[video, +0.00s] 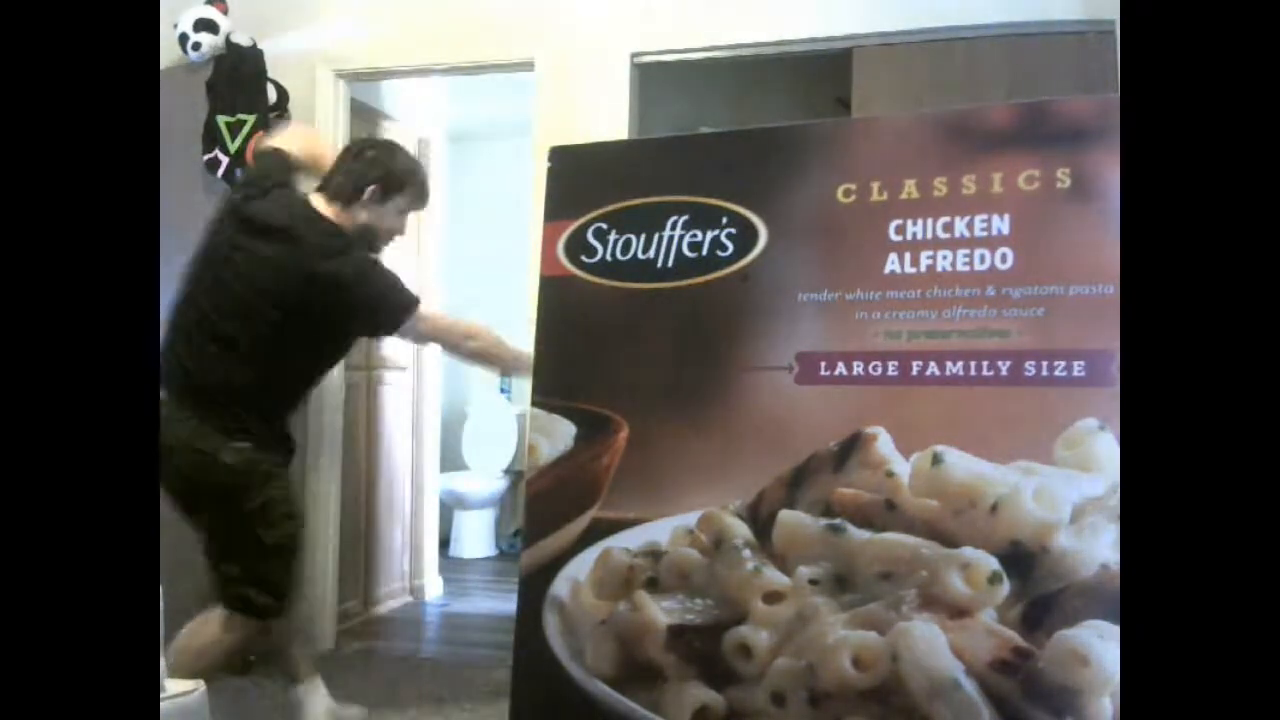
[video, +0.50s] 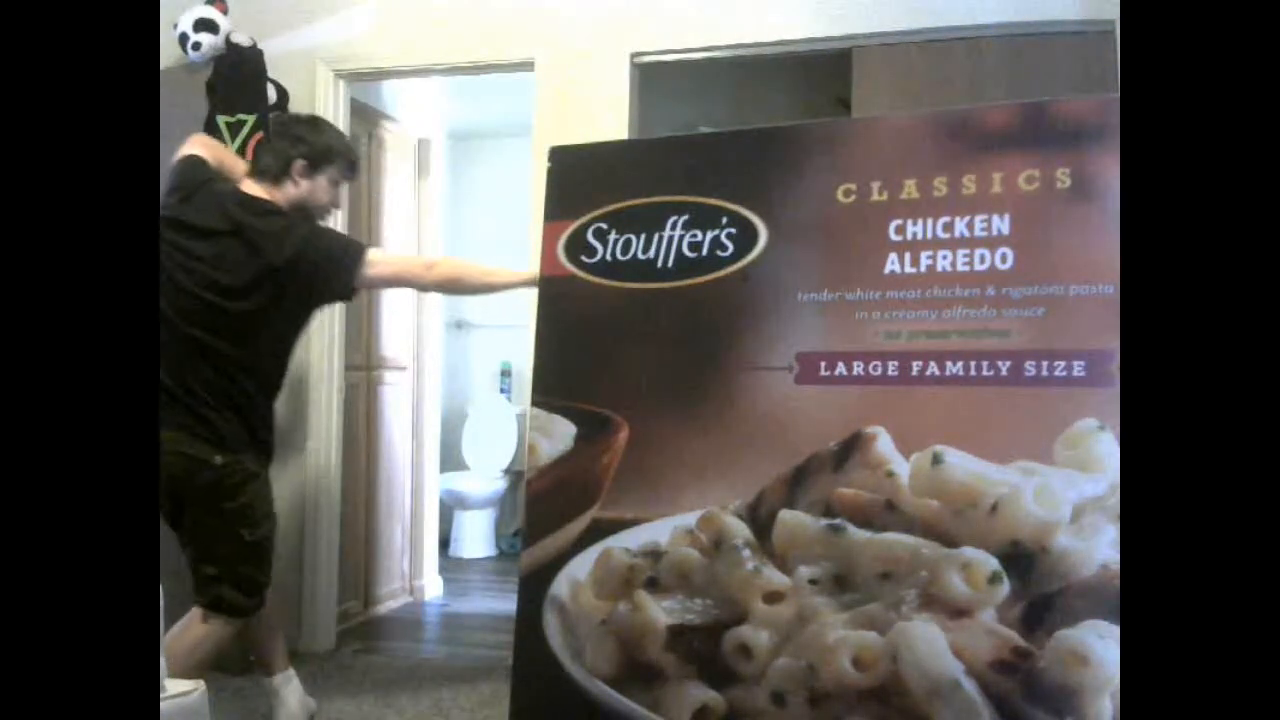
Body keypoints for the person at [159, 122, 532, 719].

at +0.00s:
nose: (403, 230)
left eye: (408, 216)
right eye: (404, 214)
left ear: (340, 182)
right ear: (369, 197)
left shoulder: (258, 195)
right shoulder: (352, 275)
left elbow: (285, 140)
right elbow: (453, 335)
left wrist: (342, 161)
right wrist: (528, 362)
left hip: (175, 426)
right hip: (239, 451)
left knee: (266, 582)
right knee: (248, 611)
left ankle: (313, 702)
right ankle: (164, 696)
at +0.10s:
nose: (384, 226)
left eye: (390, 213)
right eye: (385, 210)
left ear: (320, 179)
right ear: (353, 195)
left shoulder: (236, 192)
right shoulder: (343, 270)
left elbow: (256, 140)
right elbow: (449, 308)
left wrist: (276, 152)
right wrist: (535, 323)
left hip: (170, 431)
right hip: (238, 461)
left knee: (249, 591)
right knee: (230, 614)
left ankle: (291, 697)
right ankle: (161, 693)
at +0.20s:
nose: (365, 219)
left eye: (369, 204)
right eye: (364, 201)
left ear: (308, 183)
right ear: (329, 189)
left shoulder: (217, 195)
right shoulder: (327, 263)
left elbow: (225, 142)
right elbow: (445, 287)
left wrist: (281, 185)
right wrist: (538, 291)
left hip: (168, 435)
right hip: (234, 462)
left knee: (256, 587)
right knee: (237, 608)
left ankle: (294, 698)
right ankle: (163, 691)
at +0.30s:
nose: (351, 215)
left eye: (355, 203)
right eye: (350, 199)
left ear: (289, 178)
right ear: (318, 183)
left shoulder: (206, 197)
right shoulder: (321, 258)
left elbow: (216, 144)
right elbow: (444, 282)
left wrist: (267, 176)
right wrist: (541, 282)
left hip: (167, 439)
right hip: (232, 462)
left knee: (256, 585)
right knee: (233, 606)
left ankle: (292, 699)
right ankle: (162, 694)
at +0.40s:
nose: (344, 206)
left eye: (348, 194)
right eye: (342, 190)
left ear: (277, 174)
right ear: (305, 177)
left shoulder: (200, 194)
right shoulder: (315, 254)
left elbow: (207, 146)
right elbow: (435, 277)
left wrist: (258, 172)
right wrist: (530, 280)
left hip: (168, 436)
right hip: (225, 456)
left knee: (254, 581)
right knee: (229, 606)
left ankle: (291, 697)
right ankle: (161, 695)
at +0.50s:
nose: (338, 200)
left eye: (342, 187)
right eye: (336, 183)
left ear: (275, 168)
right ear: (299, 172)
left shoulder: (194, 192)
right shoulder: (307, 248)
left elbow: (199, 145)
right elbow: (430, 273)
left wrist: (258, 177)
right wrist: (528, 275)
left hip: (167, 434)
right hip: (220, 453)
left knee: (249, 577)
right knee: (226, 603)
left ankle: (289, 699)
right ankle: (161, 697)